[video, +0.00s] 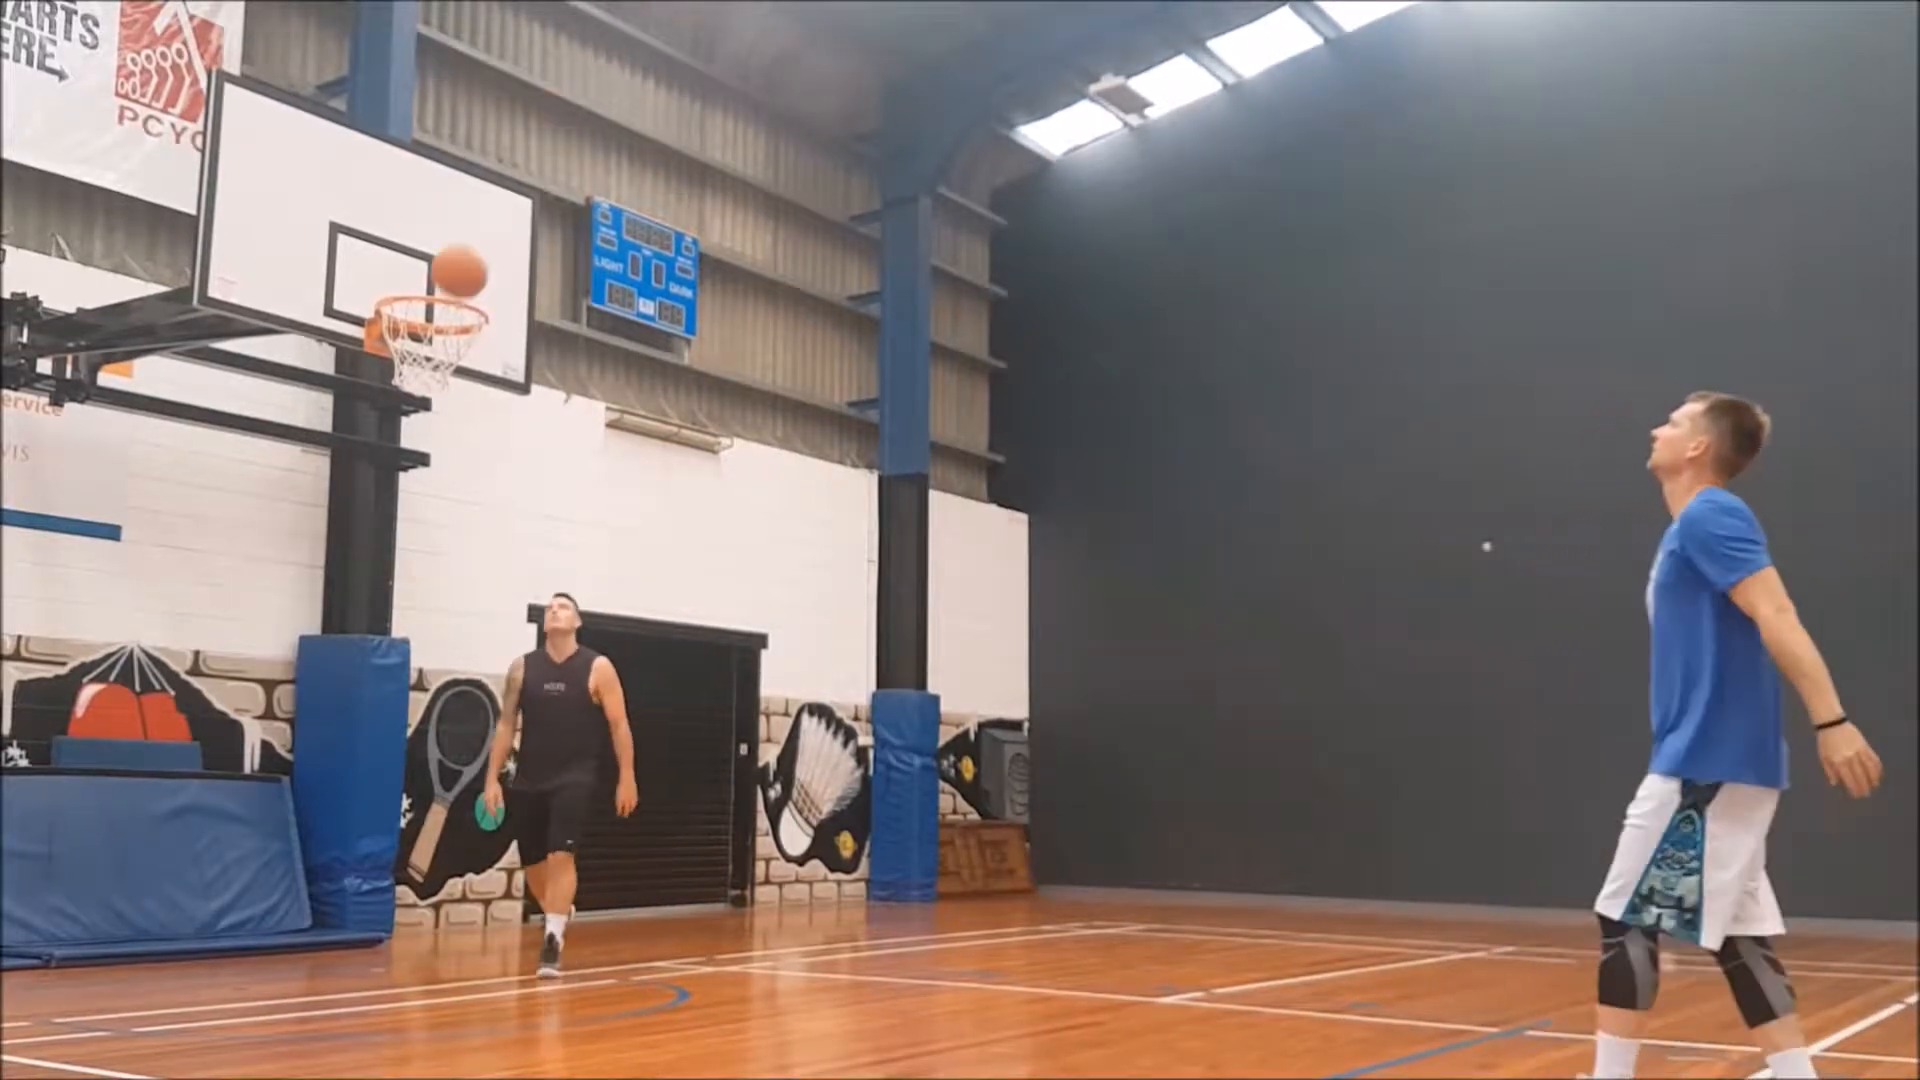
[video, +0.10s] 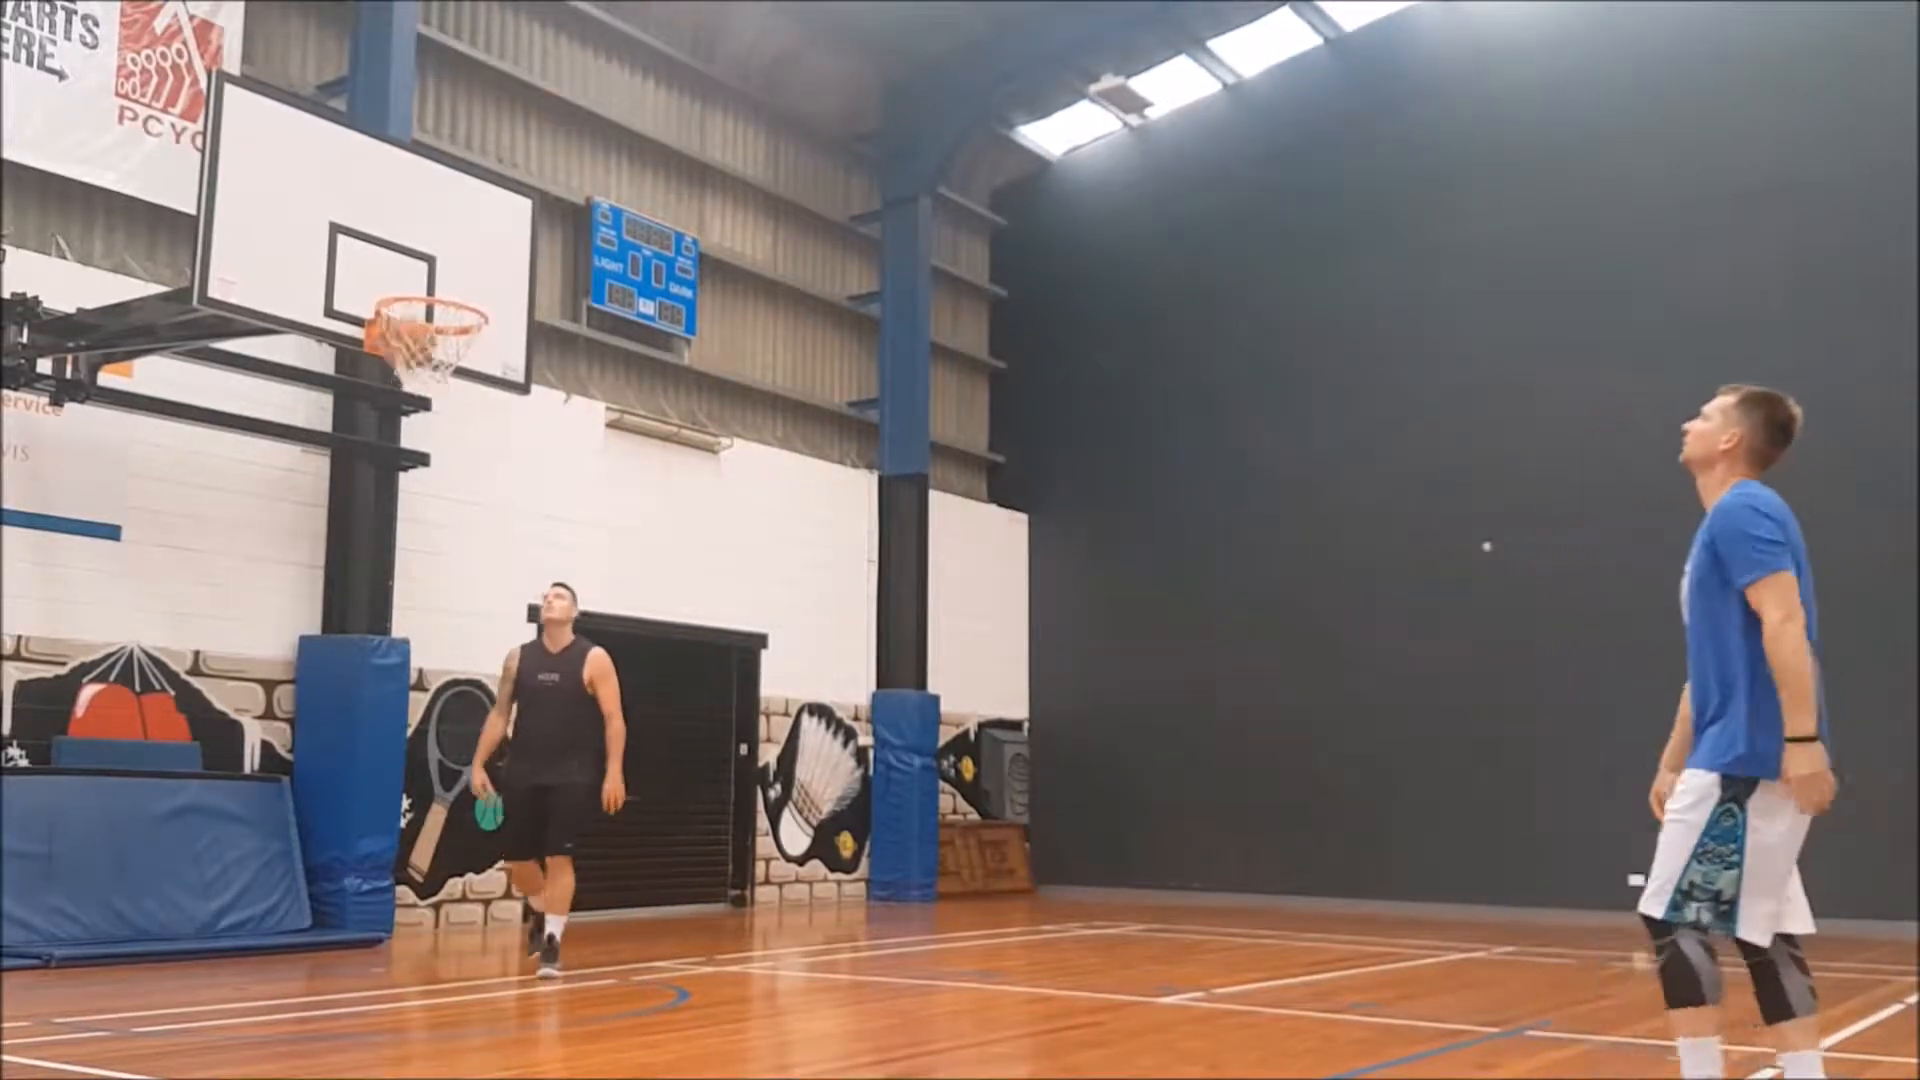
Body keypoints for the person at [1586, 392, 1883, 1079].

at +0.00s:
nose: (1655, 432)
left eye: (1671, 423)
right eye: (1666, 421)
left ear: (1698, 447)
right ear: (1702, 451)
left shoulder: (1710, 516)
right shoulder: (1698, 523)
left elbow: (1777, 616)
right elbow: (1767, 620)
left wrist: (1833, 723)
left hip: (1704, 760)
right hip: (1730, 762)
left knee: (1624, 917)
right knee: (1738, 930)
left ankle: (1609, 1070)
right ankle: (1794, 1068)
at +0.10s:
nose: (1686, 424)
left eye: (1702, 417)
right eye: (1696, 415)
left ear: (1732, 440)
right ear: (1736, 446)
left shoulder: (1741, 508)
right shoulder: (1730, 522)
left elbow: (1784, 622)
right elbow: (1710, 666)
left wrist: (1803, 741)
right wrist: (1673, 760)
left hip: (1738, 760)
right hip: (1767, 759)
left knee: (1673, 917)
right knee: (1770, 926)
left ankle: (1700, 1070)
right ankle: (1805, 1070)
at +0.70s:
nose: (1847, 440)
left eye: (1861, 428)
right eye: (1854, 427)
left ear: (1900, 444)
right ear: (1897, 445)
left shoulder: (1911, 542)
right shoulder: (1907, 537)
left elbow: (1914, 671)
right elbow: (1910, 668)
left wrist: (1831, 735)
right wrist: (1838, 733)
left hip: (1915, 786)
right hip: (1910, 783)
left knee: (1877, 918)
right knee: (1880, 919)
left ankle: (1876, 1068)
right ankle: (1877, 1066)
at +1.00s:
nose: (1851, 451)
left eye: (1863, 439)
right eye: (1855, 439)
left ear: (1901, 449)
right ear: (1899, 451)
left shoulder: (1910, 536)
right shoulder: (1904, 535)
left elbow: (1917, 664)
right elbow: (1914, 661)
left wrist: (1898, 732)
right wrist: (1899, 735)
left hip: (1919, 787)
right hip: (1916, 783)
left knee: (1919, 938)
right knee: (1917, 938)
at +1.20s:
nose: (1835, 467)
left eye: (1847, 455)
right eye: (1841, 454)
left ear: (1885, 465)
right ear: (1888, 467)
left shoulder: (1888, 546)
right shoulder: (1904, 541)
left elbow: (1846, 663)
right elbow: (1865, 662)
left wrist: (1744, 663)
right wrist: (1780, 649)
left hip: (1910, 784)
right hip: (1907, 781)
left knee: (1883, 934)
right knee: (1886, 933)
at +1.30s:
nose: (1813, 464)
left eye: (1824, 451)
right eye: (1819, 451)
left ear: (1860, 462)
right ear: (1871, 465)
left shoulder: (1860, 539)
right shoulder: (1902, 536)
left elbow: (1769, 634)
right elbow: (1816, 628)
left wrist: (1690, 591)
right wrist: (1734, 577)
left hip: (1894, 769)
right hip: (1907, 767)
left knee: (1818, 908)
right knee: (1897, 927)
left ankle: (1918, 1030)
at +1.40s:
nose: (1780, 462)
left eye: (1791, 450)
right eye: (1784, 450)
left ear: (1825, 460)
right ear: (1838, 464)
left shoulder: (1824, 533)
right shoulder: (1879, 535)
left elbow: (1712, 605)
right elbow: (1755, 593)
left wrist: (1641, 552)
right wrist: (1685, 533)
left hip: (1871, 759)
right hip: (1904, 757)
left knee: (1771, 896)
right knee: (1913, 904)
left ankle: (1818, 1062)